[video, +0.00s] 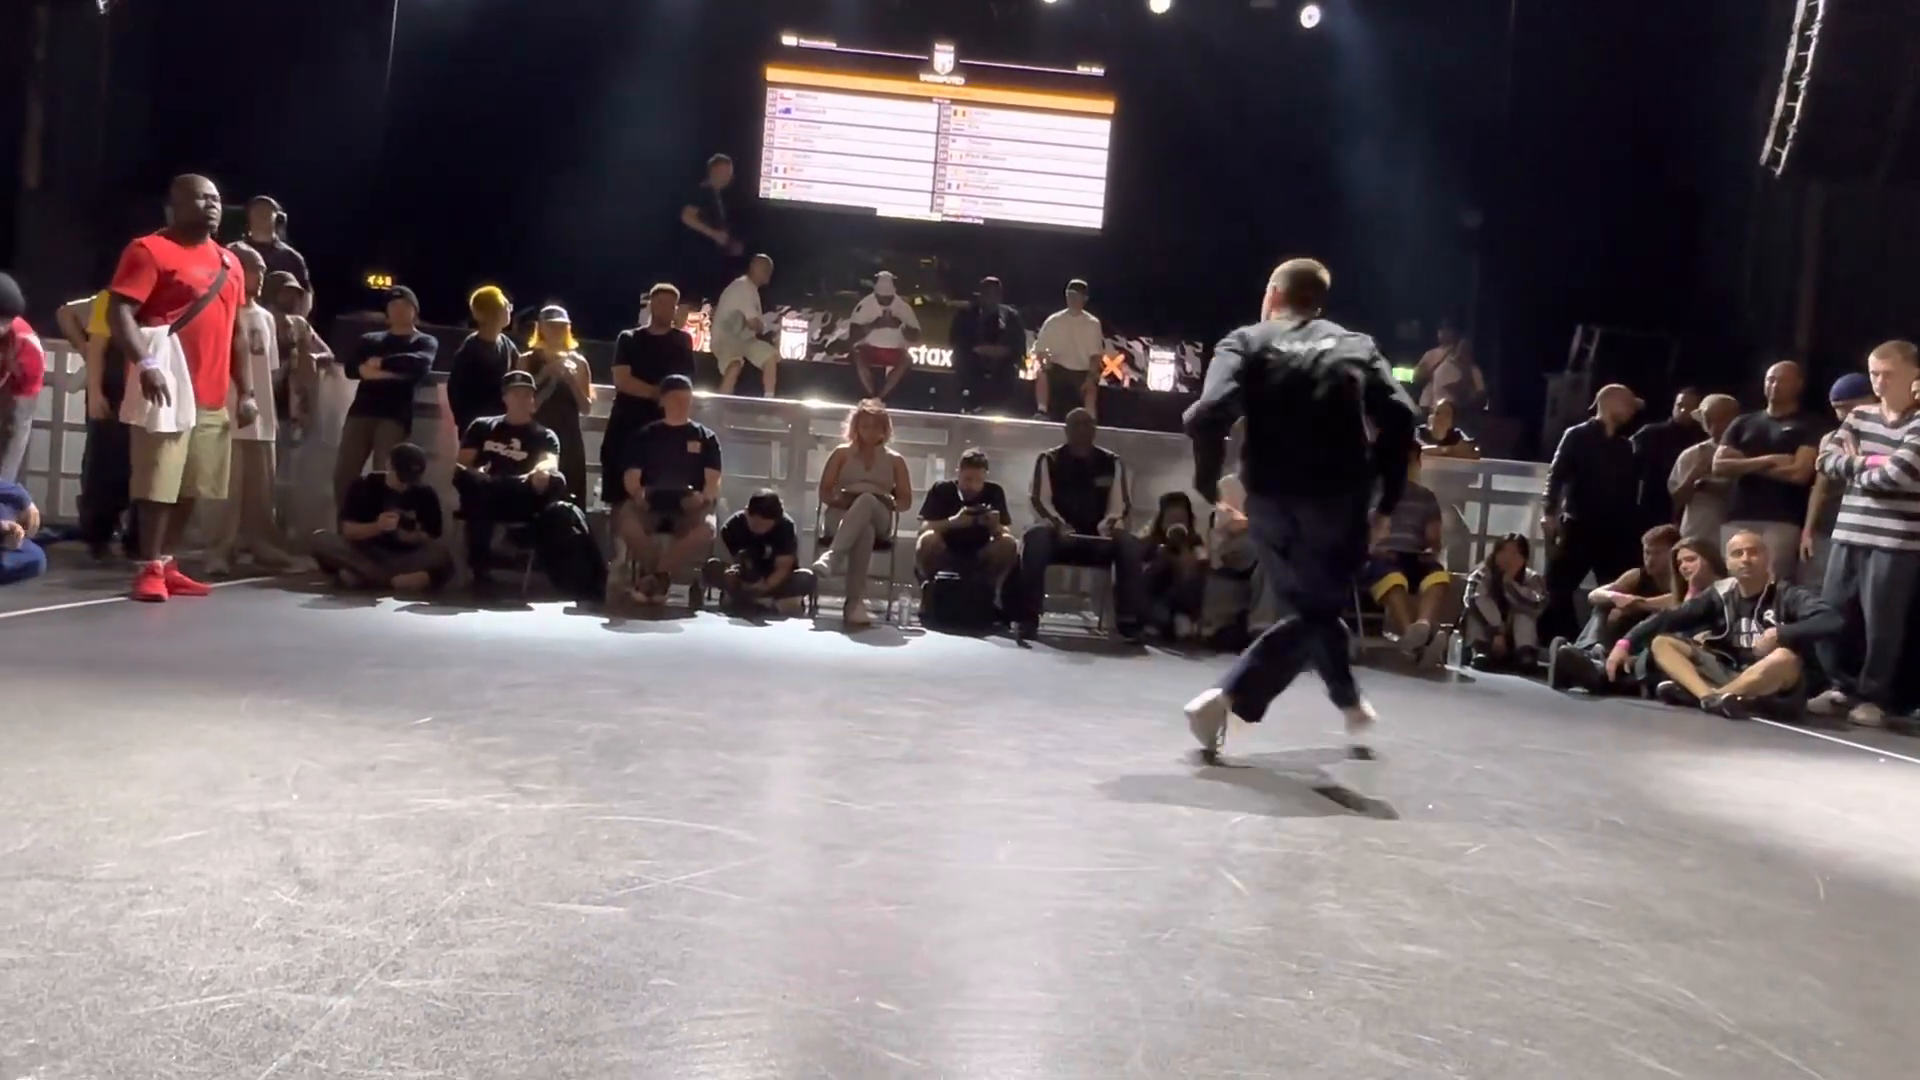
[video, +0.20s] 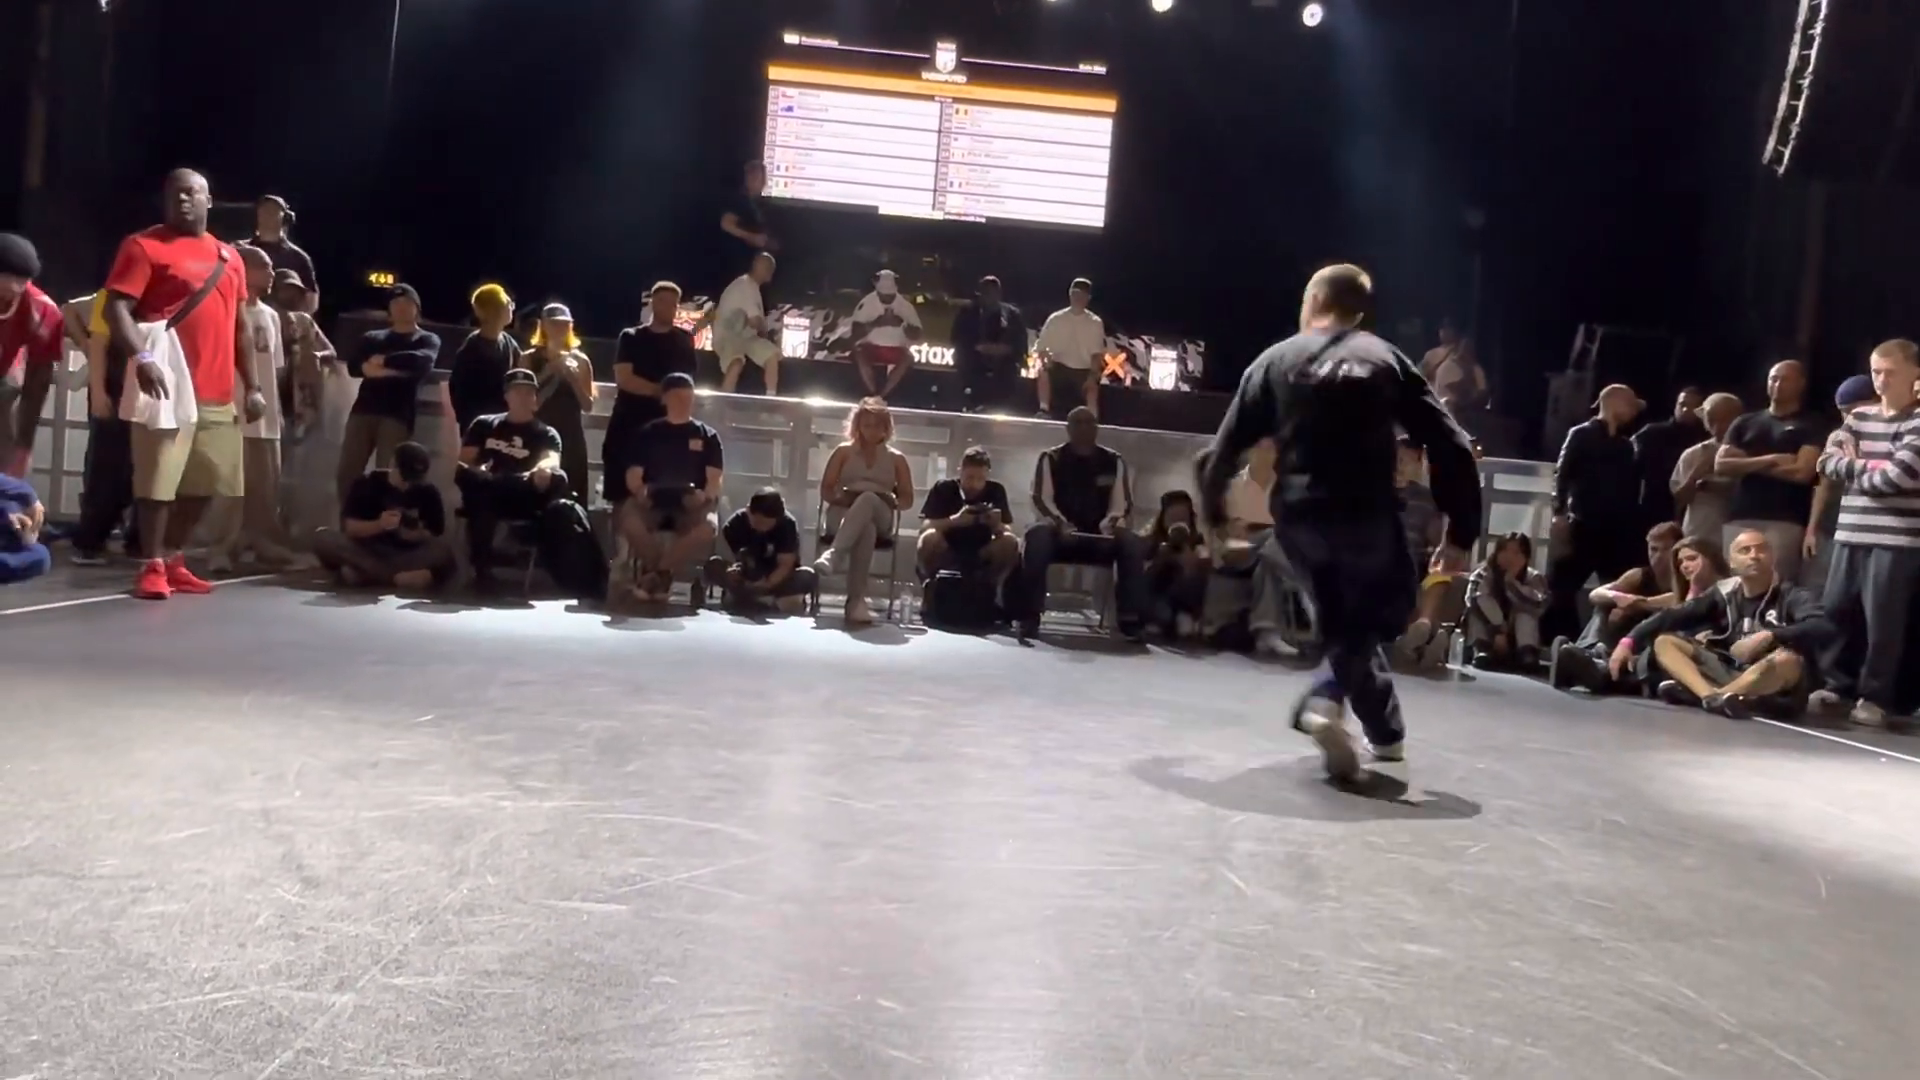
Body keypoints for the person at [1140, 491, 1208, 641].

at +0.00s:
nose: (1176, 524)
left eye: (1181, 519)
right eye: (1171, 519)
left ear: (1189, 519)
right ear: (1161, 520)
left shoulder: (1195, 544)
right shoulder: (1149, 545)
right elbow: (1143, 577)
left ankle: (1193, 620)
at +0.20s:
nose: (1178, 523)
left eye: (1183, 517)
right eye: (1172, 517)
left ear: (1191, 518)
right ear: (1163, 518)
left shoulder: (1197, 542)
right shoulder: (1150, 544)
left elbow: (1204, 566)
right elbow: (1145, 574)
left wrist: (1186, 547)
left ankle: (1195, 619)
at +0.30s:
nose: (1178, 522)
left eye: (1183, 517)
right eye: (1173, 517)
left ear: (1191, 517)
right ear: (1164, 517)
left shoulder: (1198, 541)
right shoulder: (1150, 543)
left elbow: (1206, 564)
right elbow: (1145, 575)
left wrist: (1187, 547)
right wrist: (1163, 555)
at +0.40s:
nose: (1180, 520)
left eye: (1185, 514)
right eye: (1174, 514)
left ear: (1193, 515)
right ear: (1165, 515)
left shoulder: (1198, 540)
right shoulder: (1152, 541)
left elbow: (1206, 562)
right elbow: (1146, 572)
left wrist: (1187, 546)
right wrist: (1163, 554)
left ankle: (1194, 617)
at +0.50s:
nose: (1180, 519)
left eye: (1185, 514)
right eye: (1175, 514)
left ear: (1193, 515)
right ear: (1165, 515)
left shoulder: (1198, 538)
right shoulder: (1153, 540)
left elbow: (1207, 560)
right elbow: (1146, 571)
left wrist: (1187, 544)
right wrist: (1163, 554)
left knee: (1195, 566)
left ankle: (1190, 613)